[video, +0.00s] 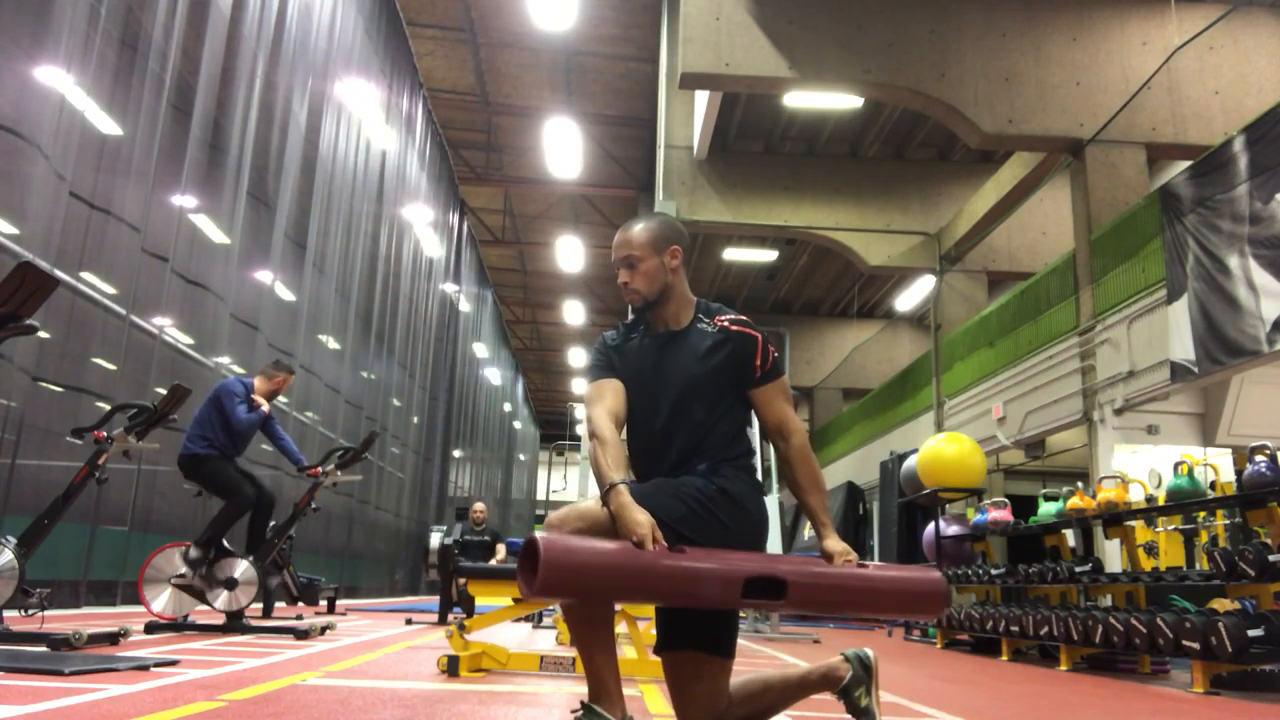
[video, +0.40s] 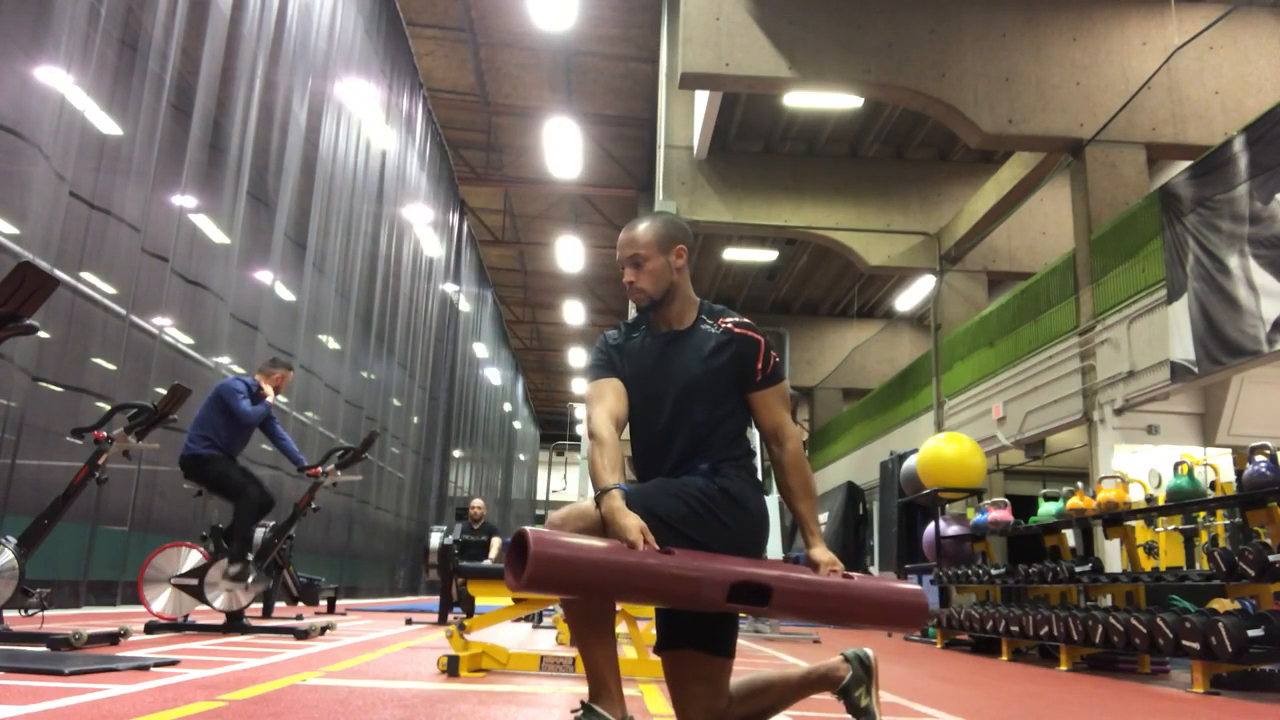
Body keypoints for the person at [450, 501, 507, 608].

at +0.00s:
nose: (477, 515)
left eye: (481, 512)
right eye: (475, 512)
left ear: (486, 515)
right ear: (470, 514)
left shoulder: (493, 533)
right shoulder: (461, 531)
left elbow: (501, 553)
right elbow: (452, 550)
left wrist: (495, 560)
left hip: (486, 571)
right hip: (464, 569)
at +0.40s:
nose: (475, 511)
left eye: (479, 508)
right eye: (472, 508)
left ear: (484, 511)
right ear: (469, 510)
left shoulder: (491, 529)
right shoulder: (461, 527)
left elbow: (495, 544)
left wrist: (490, 559)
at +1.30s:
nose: (469, 505)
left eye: (473, 502)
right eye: (466, 502)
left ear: (478, 507)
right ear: (462, 506)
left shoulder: (485, 526)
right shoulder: (453, 526)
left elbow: (493, 538)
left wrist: (487, 552)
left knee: (479, 540)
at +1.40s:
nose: (471, 504)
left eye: (474, 502)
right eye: (468, 502)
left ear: (480, 508)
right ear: (464, 506)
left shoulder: (484, 525)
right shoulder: (456, 524)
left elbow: (493, 535)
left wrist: (487, 548)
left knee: (478, 541)